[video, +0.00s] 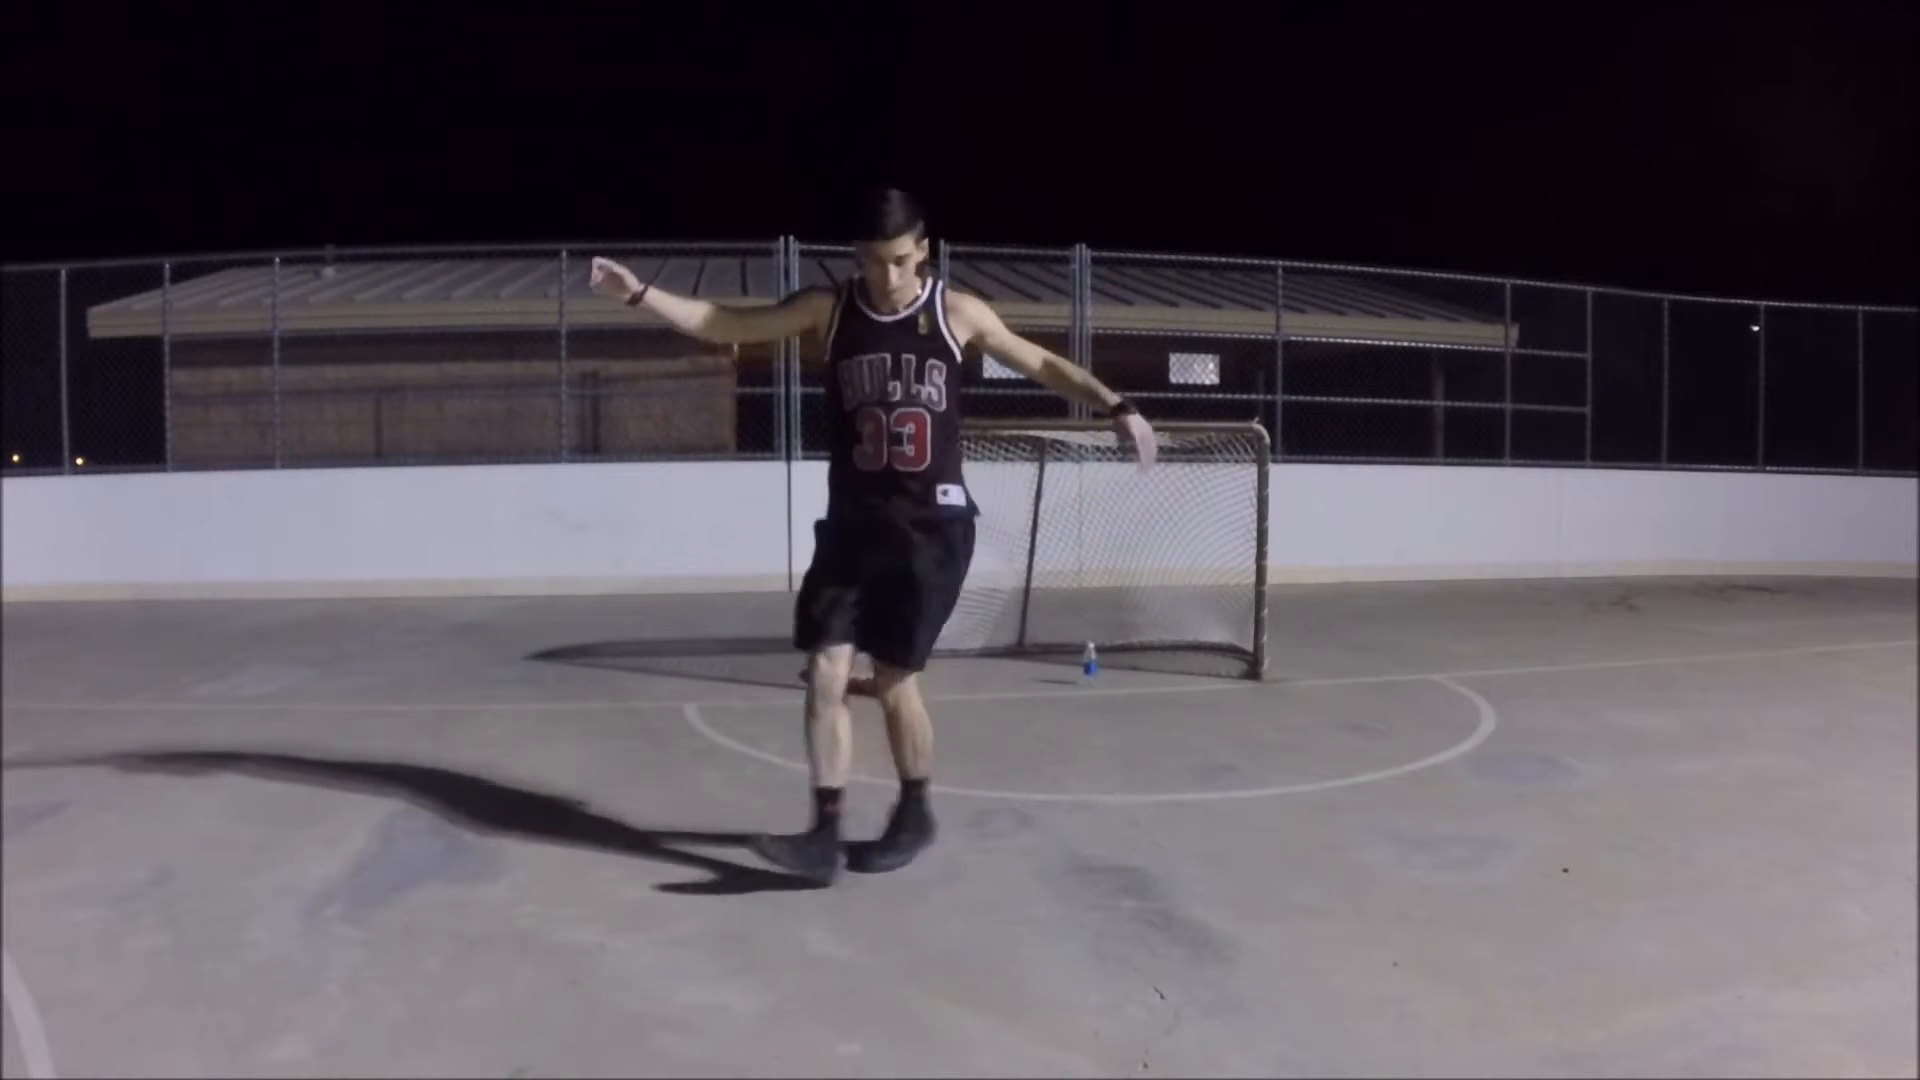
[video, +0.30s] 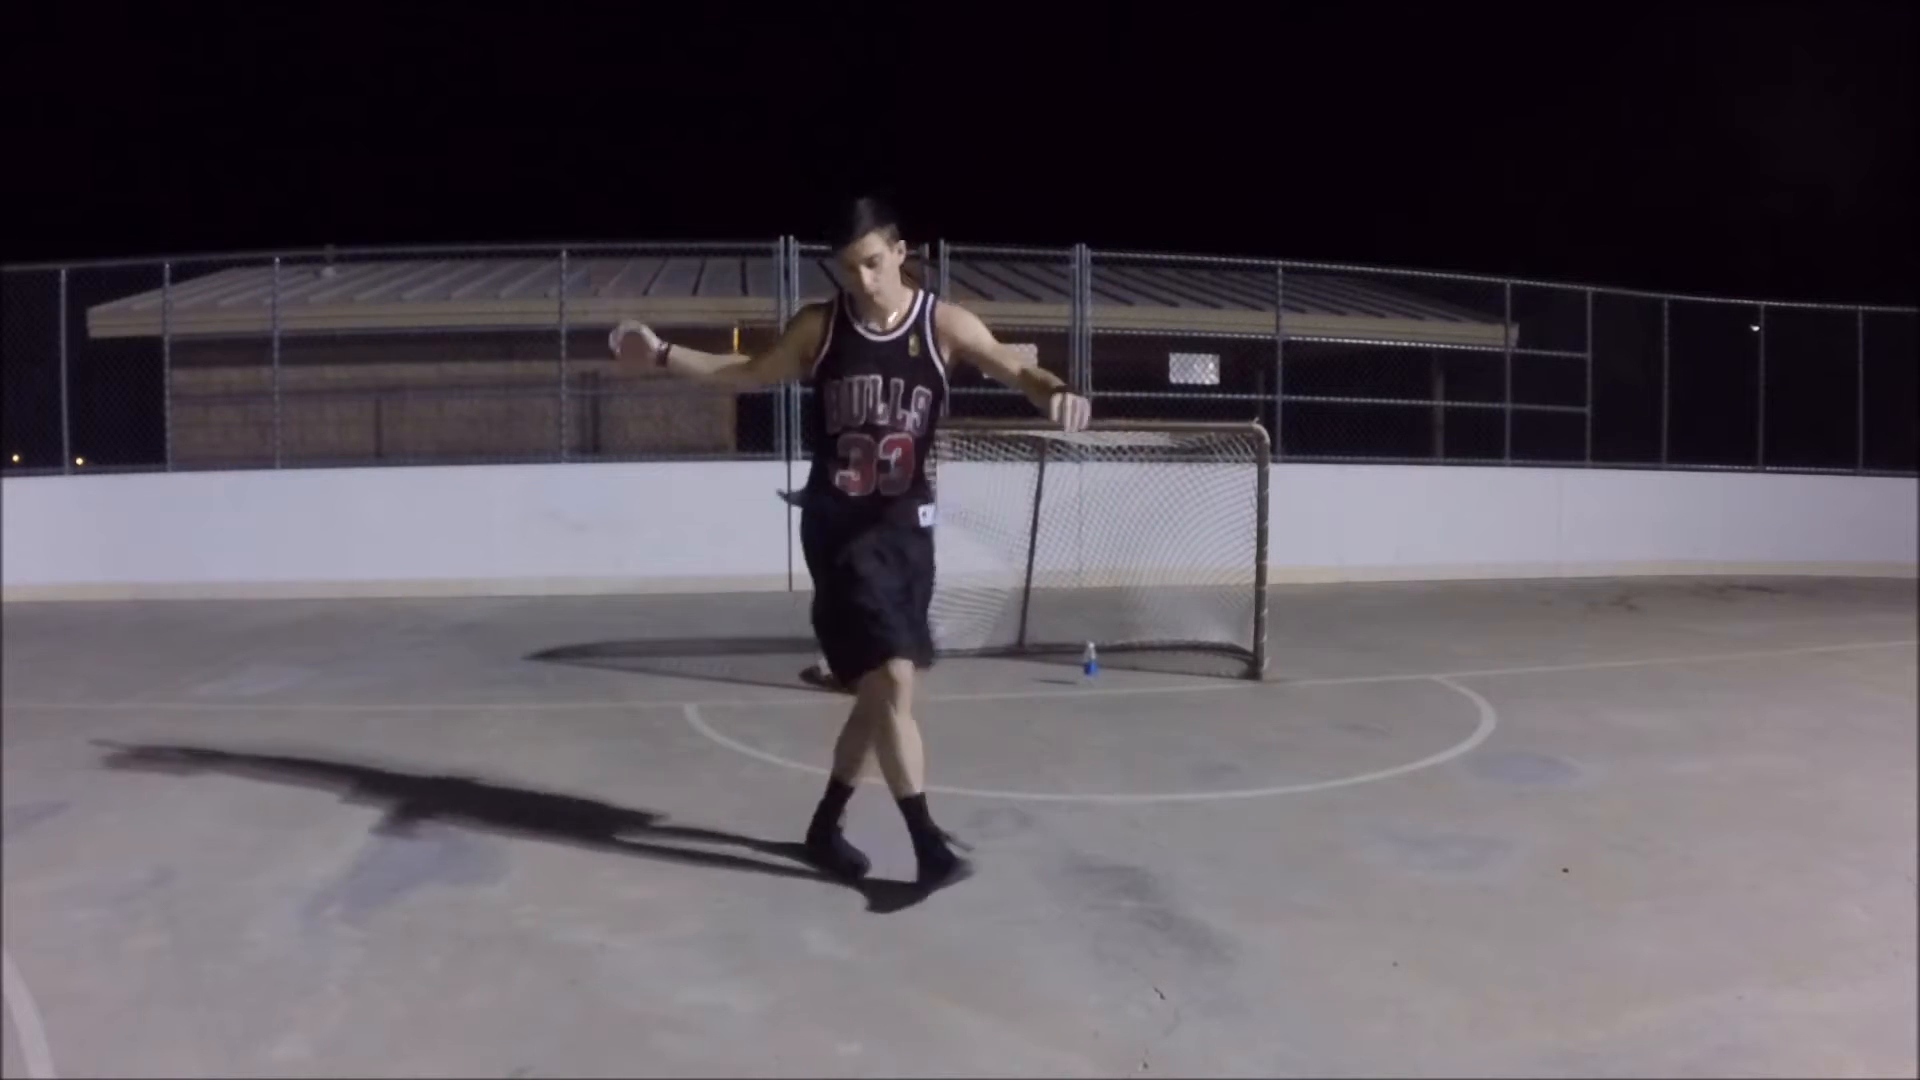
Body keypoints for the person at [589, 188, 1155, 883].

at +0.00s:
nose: (894, 278)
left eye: (906, 263)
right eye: (881, 264)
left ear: (924, 252)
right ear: (859, 255)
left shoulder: (960, 313)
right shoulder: (827, 309)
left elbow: (1046, 366)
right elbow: (728, 326)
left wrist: (1117, 407)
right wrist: (642, 294)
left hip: (934, 521)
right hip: (853, 518)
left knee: (893, 677)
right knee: (825, 670)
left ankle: (916, 815)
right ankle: (825, 836)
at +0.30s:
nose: (863, 280)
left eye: (873, 263)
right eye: (850, 268)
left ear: (902, 253)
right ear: (838, 268)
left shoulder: (946, 322)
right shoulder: (820, 326)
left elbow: (1023, 373)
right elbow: (747, 372)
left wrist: (1058, 396)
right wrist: (662, 354)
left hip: (908, 525)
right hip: (838, 525)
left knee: (887, 685)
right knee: (891, 675)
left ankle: (823, 827)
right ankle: (929, 844)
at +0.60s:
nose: (863, 271)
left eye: (876, 256)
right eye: (850, 256)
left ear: (896, 252)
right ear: (830, 254)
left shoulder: (935, 319)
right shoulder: (807, 317)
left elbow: (1019, 381)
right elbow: (715, 347)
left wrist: (1096, 427)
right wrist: (627, 318)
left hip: (916, 518)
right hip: (850, 519)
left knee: (900, 672)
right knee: (798, 656)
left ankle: (954, 822)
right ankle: (890, 806)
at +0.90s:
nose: (816, 276)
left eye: (821, 261)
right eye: (811, 266)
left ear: (856, 247)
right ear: (819, 262)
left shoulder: (923, 308)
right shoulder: (820, 317)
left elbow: (920, 386)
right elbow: (820, 399)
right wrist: (771, 395)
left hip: (895, 517)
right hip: (824, 511)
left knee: (861, 678)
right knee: (837, 670)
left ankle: (812, 805)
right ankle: (904, 814)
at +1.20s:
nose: (892, 310)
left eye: (888, 305)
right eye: (891, 303)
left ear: (827, 300)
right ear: (878, 299)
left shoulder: (790, 353)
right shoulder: (920, 344)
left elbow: (777, 459)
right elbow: (944, 448)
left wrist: (777, 525)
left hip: (843, 544)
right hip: (922, 544)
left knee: (839, 684)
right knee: (839, 648)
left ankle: (870, 835)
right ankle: (736, 717)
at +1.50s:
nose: (922, 227)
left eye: (928, 216)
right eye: (908, 216)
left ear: (933, 222)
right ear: (878, 221)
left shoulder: (905, 280)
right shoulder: (856, 261)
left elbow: (875, 377)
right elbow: (814, 353)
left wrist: (937, 397)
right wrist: (911, 371)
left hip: (868, 467)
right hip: (821, 467)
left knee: (849, 636)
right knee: (913, 612)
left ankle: (797, 766)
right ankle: (972, 738)